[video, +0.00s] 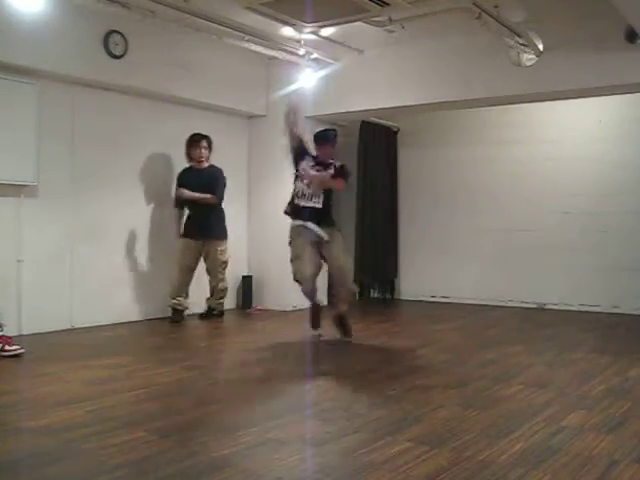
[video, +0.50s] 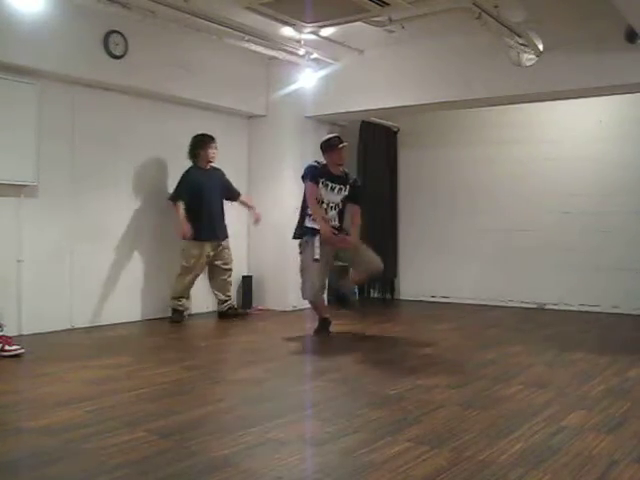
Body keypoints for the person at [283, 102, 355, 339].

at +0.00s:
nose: (331, 150)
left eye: (333, 146)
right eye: (328, 146)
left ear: (335, 147)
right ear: (318, 146)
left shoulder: (337, 168)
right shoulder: (303, 158)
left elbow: (339, 184)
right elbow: (293, 132)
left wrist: (317, 178)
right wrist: (291, 113)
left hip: (327, 226)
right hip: (302, 225)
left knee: (342, 269)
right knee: (304, 273)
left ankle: (340, 313)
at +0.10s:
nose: (336, 155)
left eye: (337, 150)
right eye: (333, 151)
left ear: (338, 151)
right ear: (323, 150)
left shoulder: (340, 177)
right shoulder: (307, 161)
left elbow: (338, 196)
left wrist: (311, 192)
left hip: (328, 226)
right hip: (306, 225)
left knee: (341, 256)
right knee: (307, 277)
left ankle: (354, 288)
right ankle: (321, 317)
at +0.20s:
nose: (342, 159)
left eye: (343, 154)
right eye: (338, 154)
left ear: (340, 155)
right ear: (327, 156)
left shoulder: (338, 179)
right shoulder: (312, 169)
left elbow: (337, 203)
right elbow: (325, 185)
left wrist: (315, 206)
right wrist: (339, 191)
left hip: (327, 230)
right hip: (306, 233)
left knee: (348, 237)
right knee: (311, 283)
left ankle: (350, 272)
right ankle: (324, 318)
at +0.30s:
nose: (345, 156)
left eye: (345, 152)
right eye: (341, 153)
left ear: (343, 154)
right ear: (330, 156)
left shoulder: (346, 184)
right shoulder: (316, 167)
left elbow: (341, 210)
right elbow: (315, 189)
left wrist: (321, 216)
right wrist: (327, 213)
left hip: (330, 229)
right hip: (307, 232)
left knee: (358, 230)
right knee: (311, 286)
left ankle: (343, 270)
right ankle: (324, 318)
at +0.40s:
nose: (344, 156)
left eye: (344, 151)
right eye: (339, 152)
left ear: (344, 154)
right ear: (328, 155)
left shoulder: (348, 182)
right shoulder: (316, 170)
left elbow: (346, 212)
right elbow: (315, 198)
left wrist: (336, 228)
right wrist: (323, 222)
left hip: (333, 229)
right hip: (309, 231)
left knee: (367, 241)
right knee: (310, 286)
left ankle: (339, 268)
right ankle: (324, 317)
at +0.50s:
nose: (340, 156)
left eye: (342, 151)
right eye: (335, 152)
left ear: (345, 152)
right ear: (326, 154)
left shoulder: (351, 182)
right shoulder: (314, 171)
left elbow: (354, 213)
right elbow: (312, 202)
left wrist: (354, 237)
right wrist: (324, 226)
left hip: (340, 234)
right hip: (314, 234)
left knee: (373, 265)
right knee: (311, 290)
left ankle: (343, 286)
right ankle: (323, 318)